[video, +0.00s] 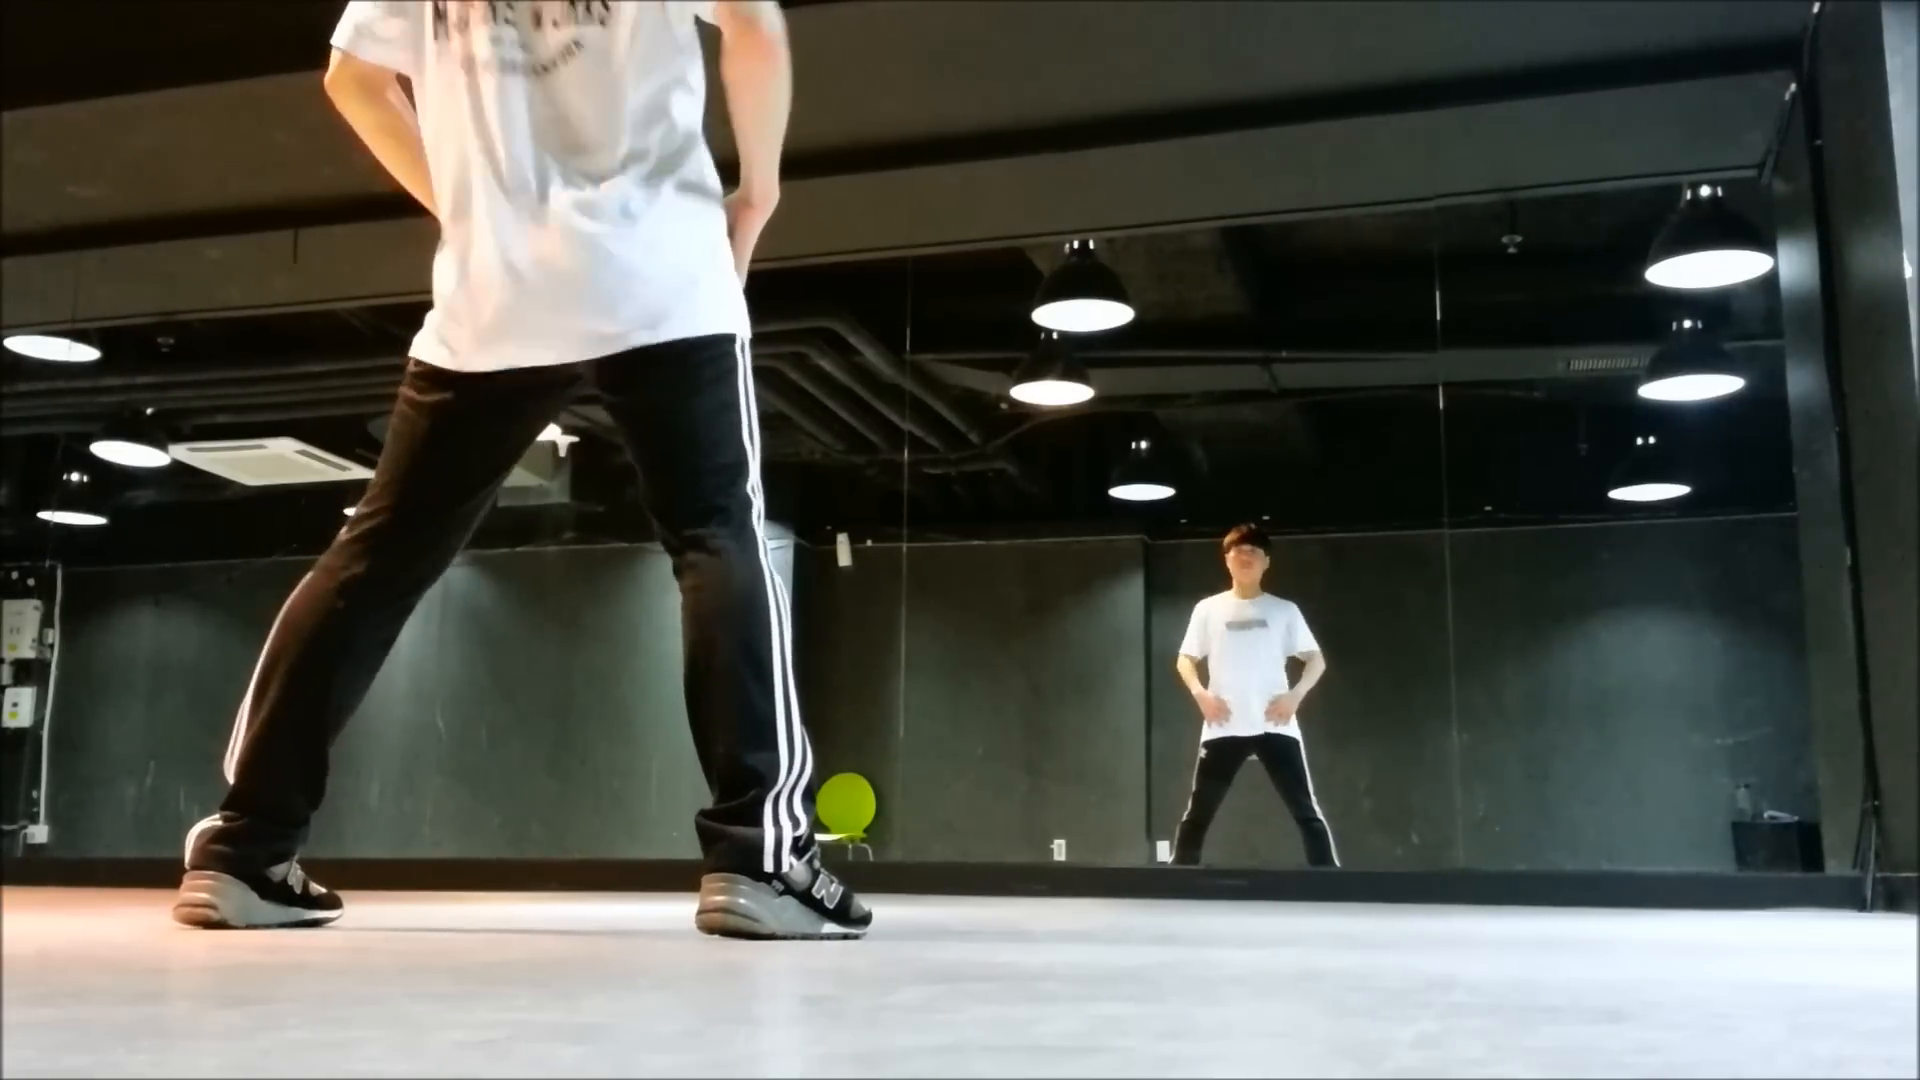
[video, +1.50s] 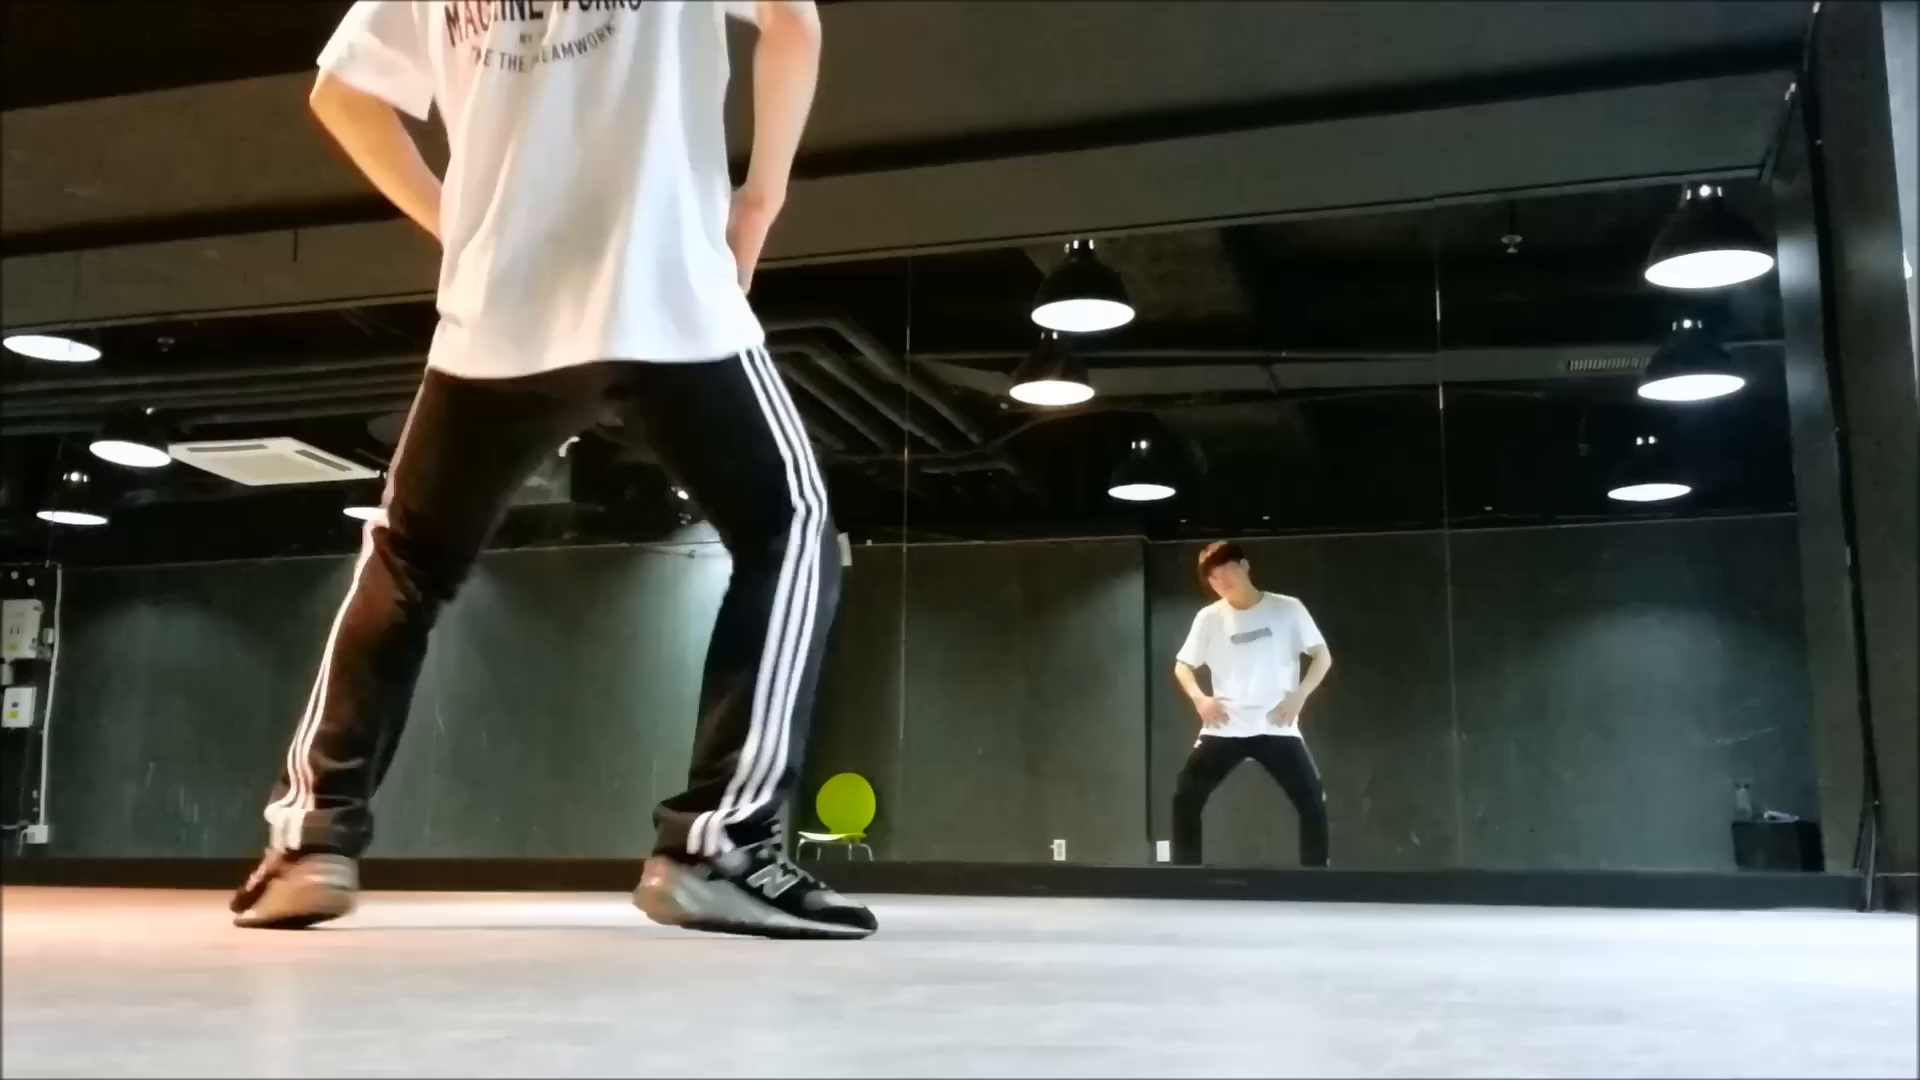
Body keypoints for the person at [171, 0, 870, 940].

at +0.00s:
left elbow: (355, 75)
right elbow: (752, 26)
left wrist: (464, 204)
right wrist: (758, 187)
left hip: (493, 271)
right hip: (661, 266)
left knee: (378, 554)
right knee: (719, 544)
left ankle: (241, 845)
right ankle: (760, 854)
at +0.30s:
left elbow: (338, 76)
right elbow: (776, 15)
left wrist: (455, 193)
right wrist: (764, 180)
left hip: (481, 259)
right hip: (652, 251)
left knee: (377, 553)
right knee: (715, 539)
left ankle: (241, 847)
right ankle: (759, 854)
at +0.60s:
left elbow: (366, 69)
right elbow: (734, 26)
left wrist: (462, 199)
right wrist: (756, 199)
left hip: (483, 262)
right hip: (652, 256)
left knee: (367, 553)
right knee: (712, 546)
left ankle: (238, 849)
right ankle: (759, 856)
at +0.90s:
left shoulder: (440, 3)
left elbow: (368, 81)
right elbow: (801, 25)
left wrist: (461, 228)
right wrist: (782, 194)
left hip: (483, 273)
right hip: (649, 272)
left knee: (411, 569)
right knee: (750, 564)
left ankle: (202, 818)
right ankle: (828, 844)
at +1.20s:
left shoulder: (454, 14)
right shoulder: (704, 3)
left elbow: (349, 159)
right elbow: (793, 108)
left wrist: (452, 281)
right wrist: (750, 280)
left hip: (477, 338)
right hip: (637, 330)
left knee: (461, 633)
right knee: (713, 623)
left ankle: (214, 834)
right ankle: (777, 831)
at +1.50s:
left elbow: (342, 89)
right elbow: (790, 21)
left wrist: (451, 220)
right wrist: (761, 193)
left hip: (500, 289)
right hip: (668, 275)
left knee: (402, 567)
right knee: (791, 534)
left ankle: (313, 839)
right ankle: (724, 844)